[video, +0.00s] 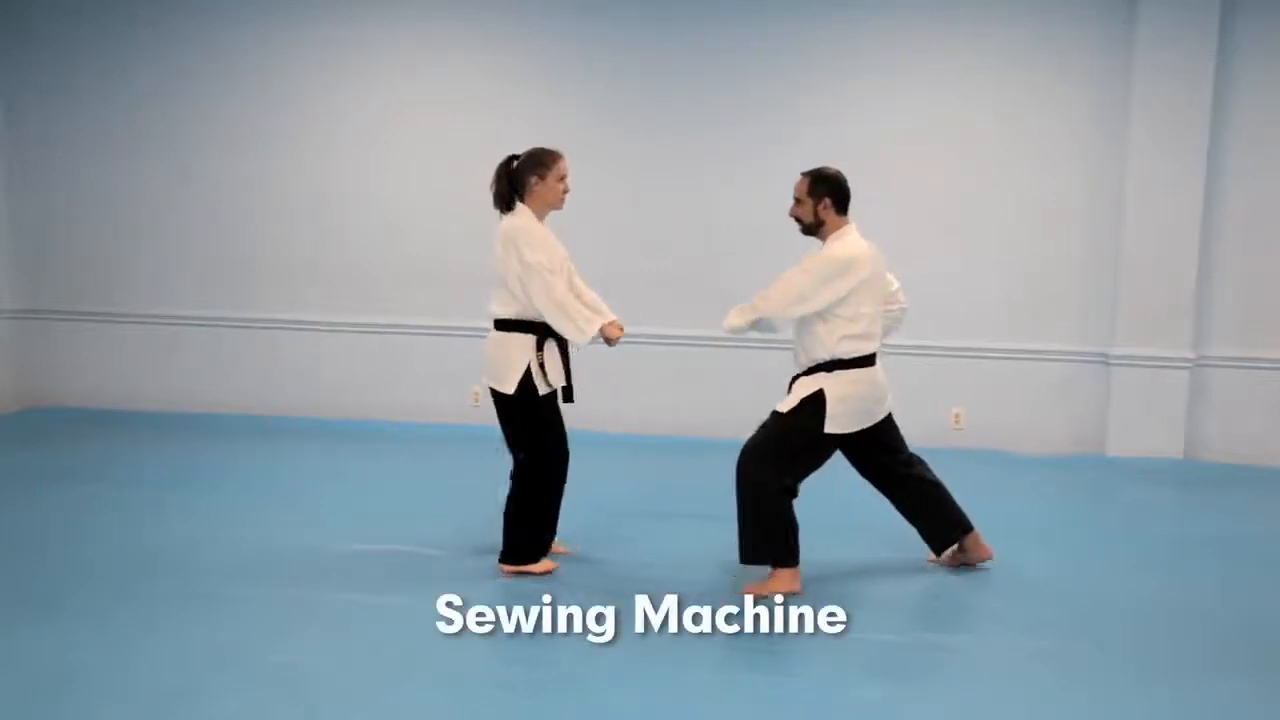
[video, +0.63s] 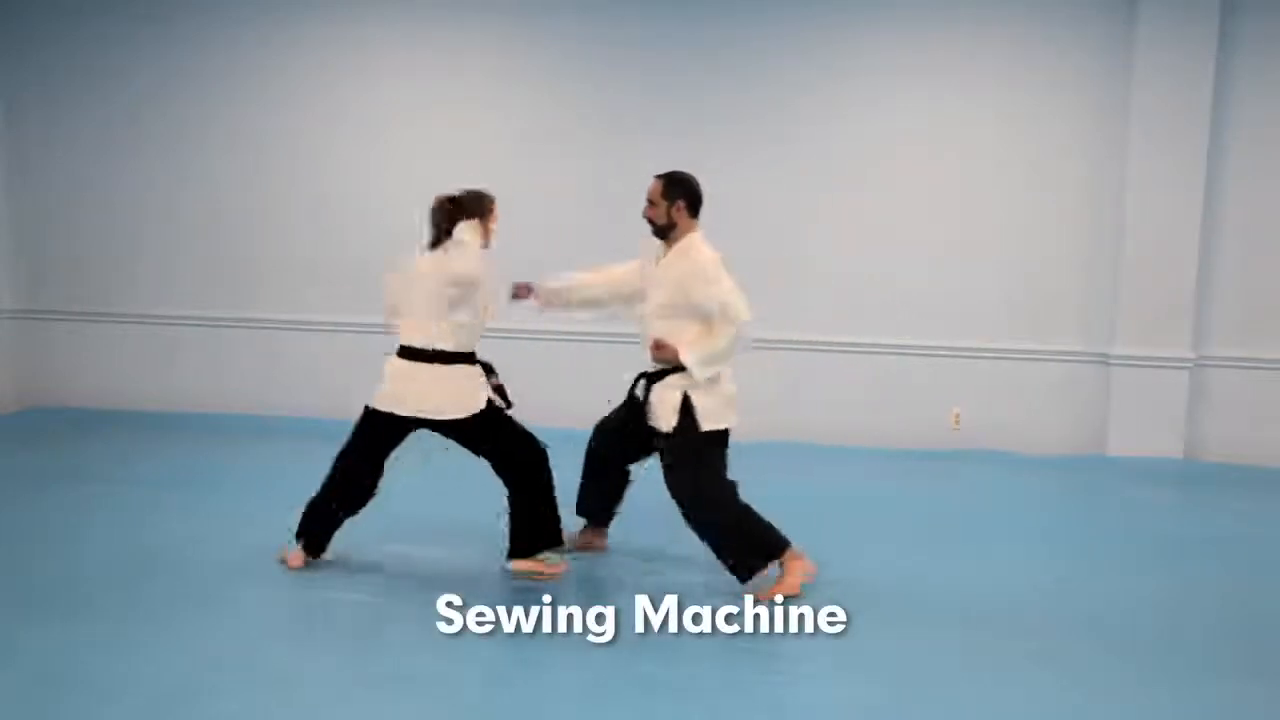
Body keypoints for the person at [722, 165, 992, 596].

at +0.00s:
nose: (791, 210)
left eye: (798, 201)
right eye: (793, 200)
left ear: (825, 206)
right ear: (831, 206)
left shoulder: (838, 254)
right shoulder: (865, 251)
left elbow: (780, 301)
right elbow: (894, 307)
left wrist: (739, 319)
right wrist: (858, 345)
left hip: (830, 393)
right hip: (864, 388)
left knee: (760, 464)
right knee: (897, 468)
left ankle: (784, 576)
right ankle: (968, 543)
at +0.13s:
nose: (764, 202)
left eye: (771, 194)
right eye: (765, 194)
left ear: (797, 198)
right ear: (804, 198)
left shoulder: (805, 248)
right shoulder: (842, 243)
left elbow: (743, 305)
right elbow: (874, 299)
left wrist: (720, 316)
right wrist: (838, 337)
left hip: (801, 386)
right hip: (838, 381)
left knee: (750, 473)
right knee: (836, 470)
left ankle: (776, 578)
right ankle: (917, 525)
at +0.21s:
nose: (743, 201)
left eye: (749, 192)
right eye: (744, 191)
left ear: (776, 195)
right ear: (785, 196)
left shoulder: (780, 246)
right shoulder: (827, 240)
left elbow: (723, 304)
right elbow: (857, 291)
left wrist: (704, 322)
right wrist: (824, 329)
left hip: (785, 381)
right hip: (823, 377)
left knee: (741, 473)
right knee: (780, 462)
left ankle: (774, 578)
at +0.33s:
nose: (712, 200)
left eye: (718, 191)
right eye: (713, 190)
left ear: (745, 195)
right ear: (753, 195)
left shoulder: (750, 244)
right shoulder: (797, 239)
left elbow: (700, 308)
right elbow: (825, 293)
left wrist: (679, 331)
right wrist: (790, 331)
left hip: (762, 379)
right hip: (793, 374)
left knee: (737, 482)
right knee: (696, 421)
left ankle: (774, 578)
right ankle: (701, 523)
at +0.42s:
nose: (691, 199)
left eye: (697, 191)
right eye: (693, 190)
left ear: (724, 195)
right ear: (730, 195)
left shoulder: (732, 243)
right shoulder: (765, 237)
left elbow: (701, 310)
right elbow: (775, 299)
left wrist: (673, 335)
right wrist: (719, 332)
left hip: (744, 378)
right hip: (756, 372)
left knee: (731, 485)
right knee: (674, 433)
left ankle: (771, 579)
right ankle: (626, 512)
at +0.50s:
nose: (669, 199)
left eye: (676, 191)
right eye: (671, 190)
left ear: (702, 195)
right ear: (704, 196)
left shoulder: (716, 246)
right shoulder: (713, 241)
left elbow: (722, 319)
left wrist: (673, 338)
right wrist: (661, 308)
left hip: (728, 382)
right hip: (706, 378)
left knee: (723, 488)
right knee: (654, 453)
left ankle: (773, 577)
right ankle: (606, 526)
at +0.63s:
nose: (645, 211)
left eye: (653, 204)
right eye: (646, 203)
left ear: (679, 209)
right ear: (675, 209)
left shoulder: (701, 262)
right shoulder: (659, 260)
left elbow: (736, 322)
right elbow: (607, 287)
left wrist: (687, 355)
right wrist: (543, 293)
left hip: (697, 398)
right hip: (661, 392)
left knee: (699, 490)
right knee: (608, 441)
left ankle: (790, 559)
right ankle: (593, 533)